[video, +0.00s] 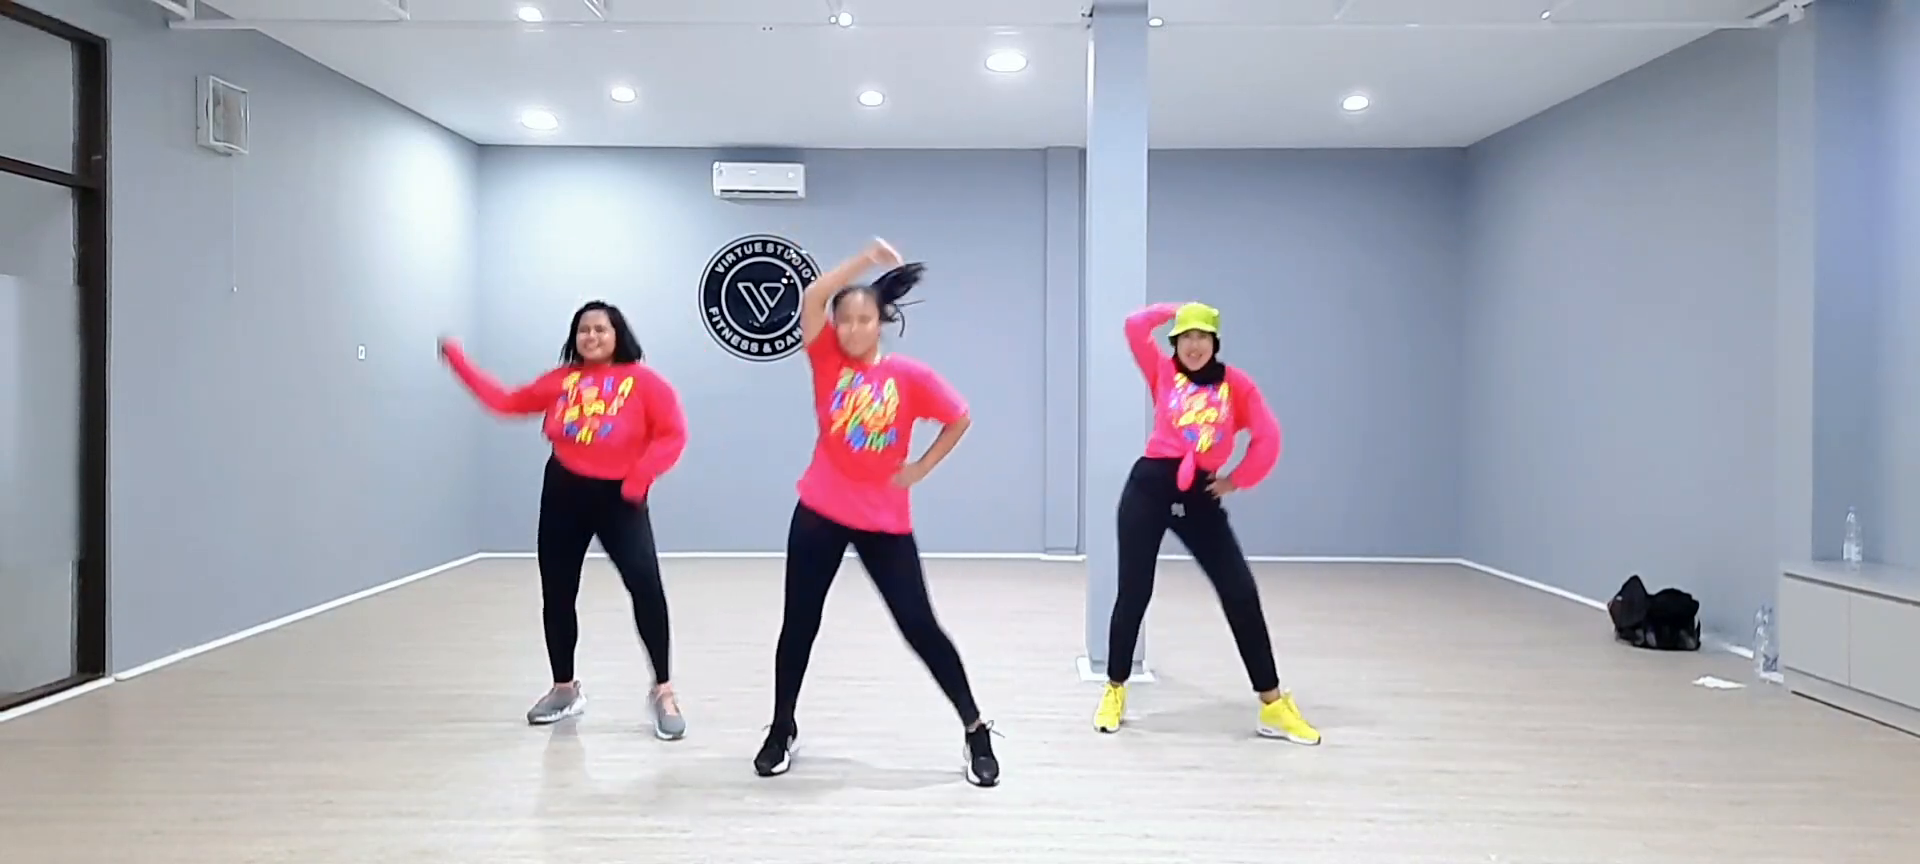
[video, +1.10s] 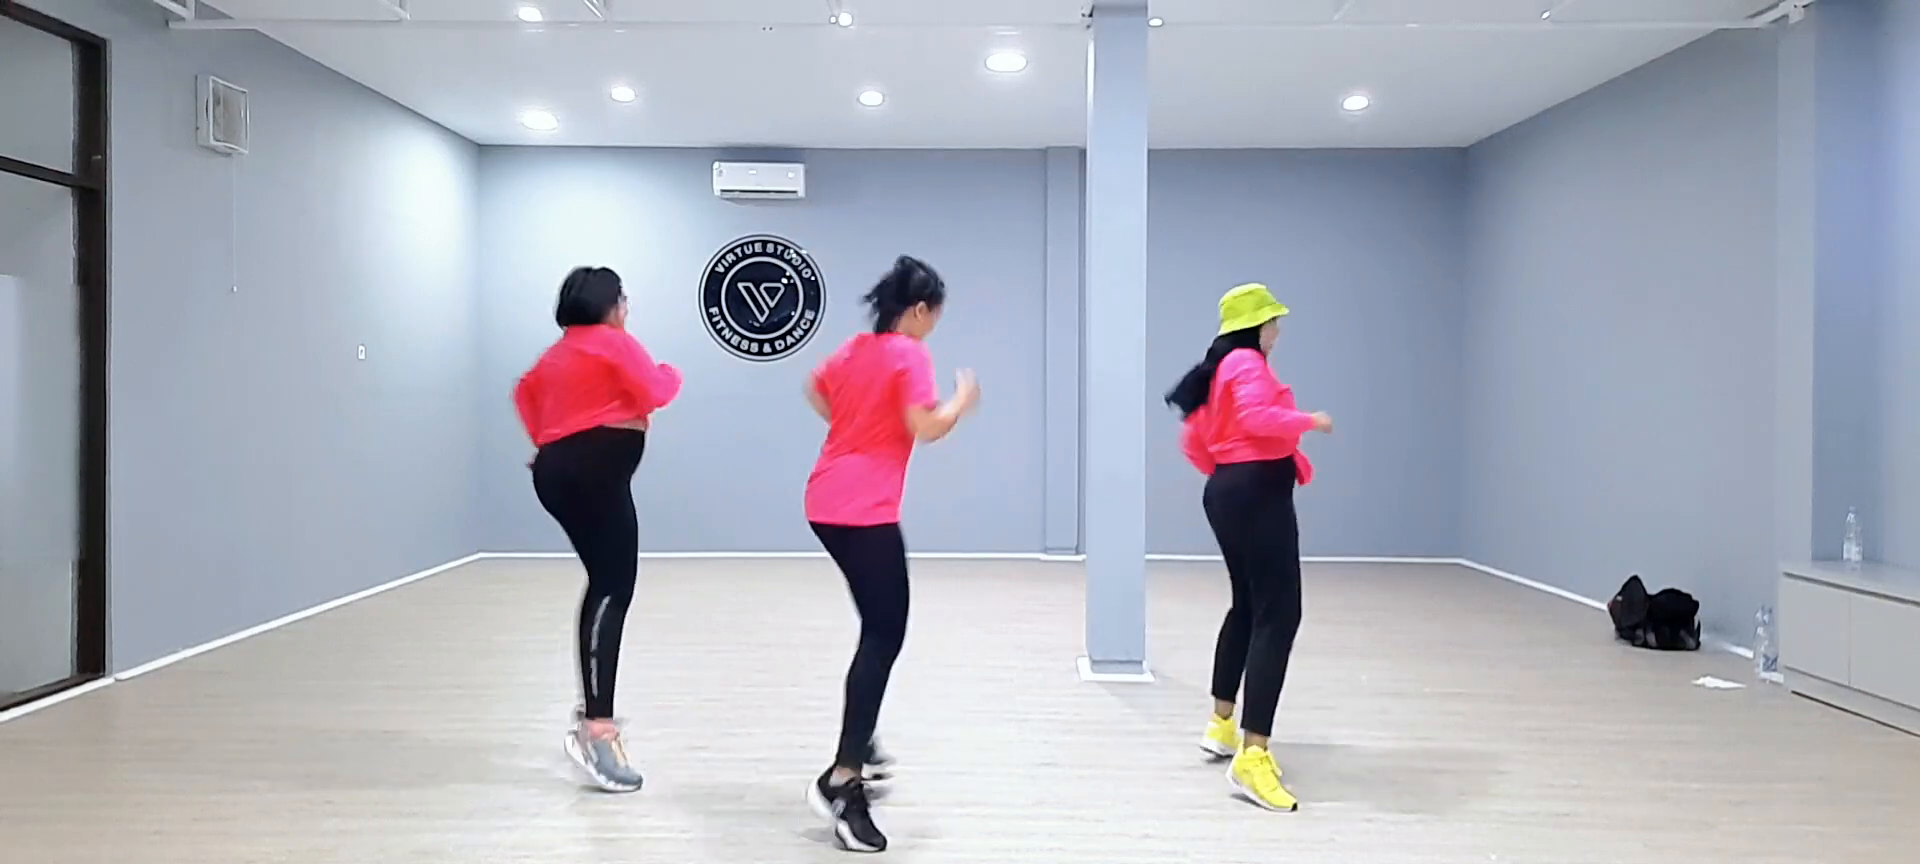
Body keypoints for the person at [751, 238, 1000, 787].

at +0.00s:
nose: (854, 328)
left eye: (864, 320)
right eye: (846, 319)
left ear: (882, 324)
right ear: (833, 324)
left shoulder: (906, 375)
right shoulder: (827, 361)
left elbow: (958, 418)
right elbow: (811, 297)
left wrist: (919, 469)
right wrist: (866, 259)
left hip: (883, 517)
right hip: (820, 509)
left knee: (920, 629)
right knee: (798, 624)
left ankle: (976, 730)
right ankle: (780, 729)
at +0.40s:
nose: (895, 312)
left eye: (904, 303)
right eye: (886, 303)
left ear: (916, 308)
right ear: (868, 306)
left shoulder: (933, 362)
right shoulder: (847, 349)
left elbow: (966, 419)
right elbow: (826, 361)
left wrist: (994, 469)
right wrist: (852, 299)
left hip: (920, 507)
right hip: (858, 506)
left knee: (923, 620)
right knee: (865, 622)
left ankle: (926, 728)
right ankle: (870, 712)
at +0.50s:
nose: (906, 339)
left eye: (916, 330)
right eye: (897, 329)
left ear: (926, 334)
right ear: (878, 329)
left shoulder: (937, 390)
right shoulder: (853, 380)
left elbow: (958, 459)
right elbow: (852, 445)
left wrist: (987, 513)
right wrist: (897, 416)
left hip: (931, 529)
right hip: (868, 531)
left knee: (931, 643)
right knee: (873, 651)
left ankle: (925, 736)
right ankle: (867, 711)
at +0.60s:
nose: (917, 340)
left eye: (926, 331)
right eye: (908, 330)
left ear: (936, 329)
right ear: (887, 324)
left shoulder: (939, 378)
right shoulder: (854, 376)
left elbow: (950, 446)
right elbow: (837, 446)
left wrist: (958, 492)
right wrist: (886, 479)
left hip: (930, 522)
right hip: (870, 524)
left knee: (933, 631)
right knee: (877, 626)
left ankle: (926, 730)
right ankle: (856, 715)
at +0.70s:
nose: (920, 336)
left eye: (929, 326)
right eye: (911, 324)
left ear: (939, 318)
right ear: (889, 313)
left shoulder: (936, 362)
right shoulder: (860, 361)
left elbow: (953, 428)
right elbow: (803, 412)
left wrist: (945, 429)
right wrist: (848, 457)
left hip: (919, 504)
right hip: (862, 501)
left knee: (936, 613)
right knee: (878, 615)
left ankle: (920, 718)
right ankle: (847, 755)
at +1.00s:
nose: (943, 350)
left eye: (946, 340)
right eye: (941, 338)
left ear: (910, 331)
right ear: (916, 330)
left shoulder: (893, 379)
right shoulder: (885, 380)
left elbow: (866, 456)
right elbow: (859, 453)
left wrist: (909, 481)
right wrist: (919, 481)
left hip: (868, 524)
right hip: (845, 526)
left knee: (912, 615)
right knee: (880, 653)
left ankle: (891, 739)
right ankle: (834, 796)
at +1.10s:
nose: (934, 325)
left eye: (936, 316)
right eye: (934, 315)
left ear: (893, 305)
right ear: (918, 308)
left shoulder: (854, 347)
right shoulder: (911, 355)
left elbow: (815, 387)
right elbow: (924, 427)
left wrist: (851, 424)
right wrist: (962, 402)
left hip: (827, 508)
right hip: (868, 513)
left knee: (878, 626)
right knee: (885, 634)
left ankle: (858, 745)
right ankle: (844, 775)